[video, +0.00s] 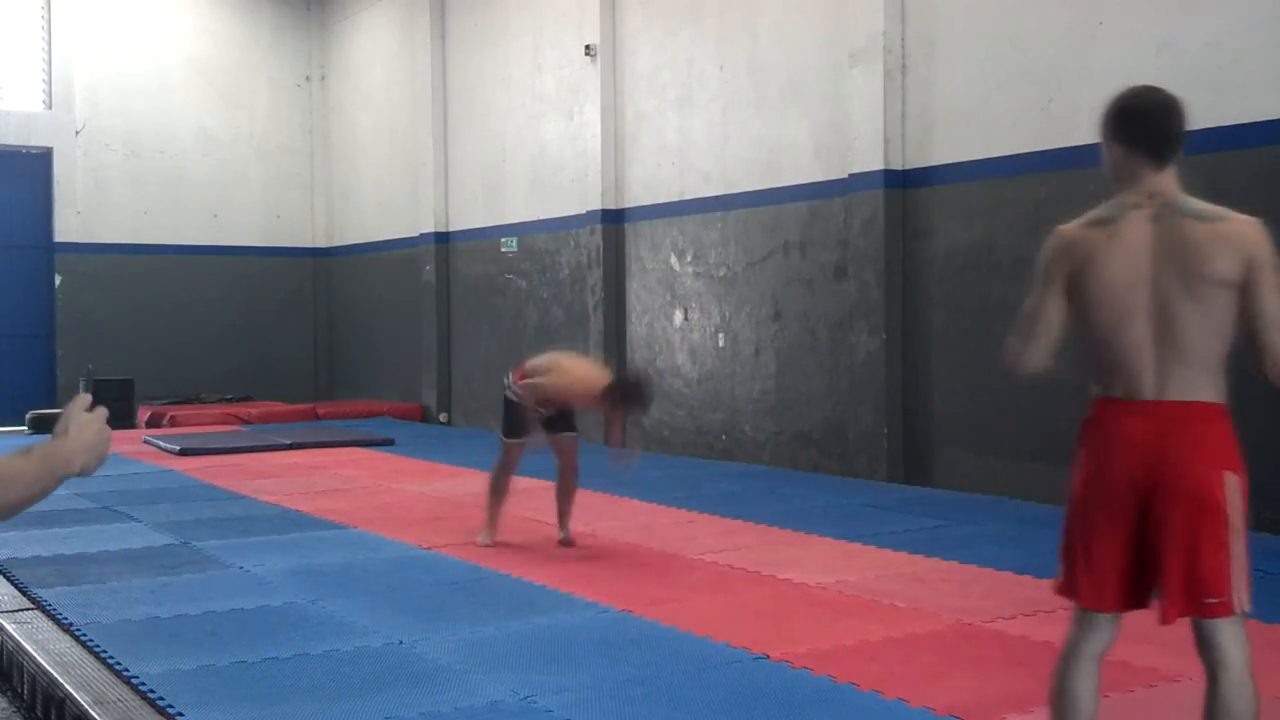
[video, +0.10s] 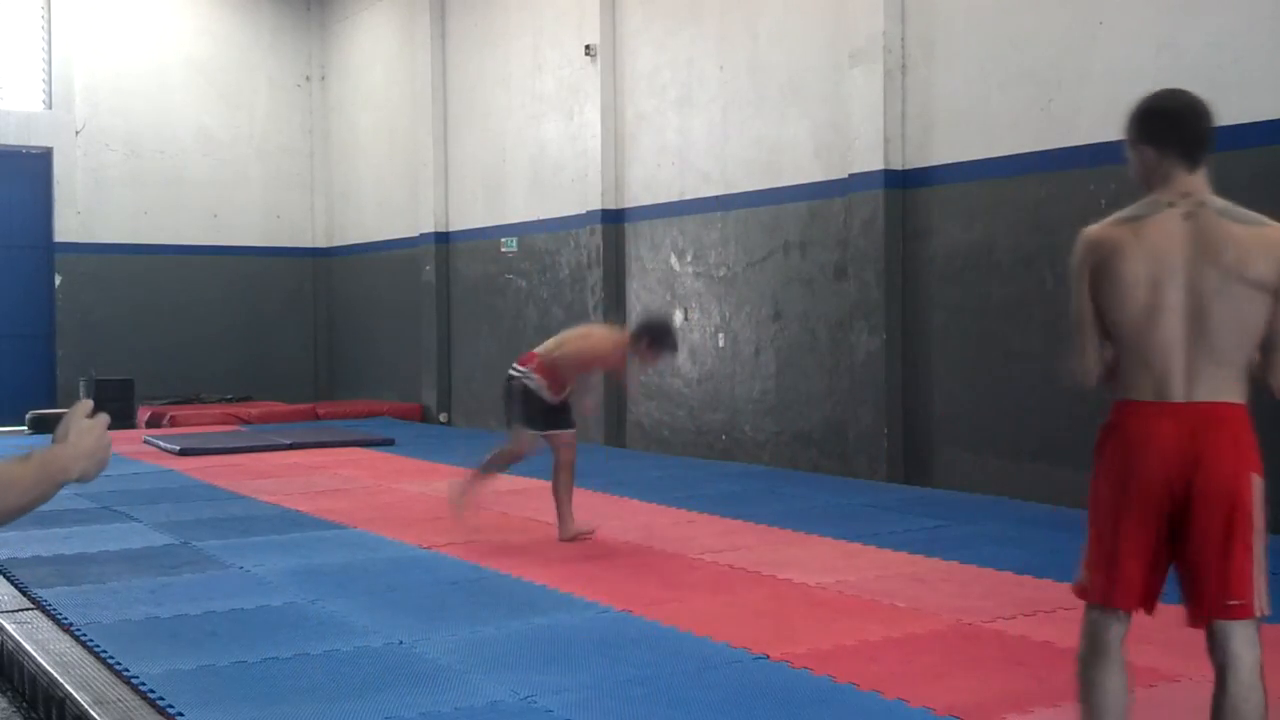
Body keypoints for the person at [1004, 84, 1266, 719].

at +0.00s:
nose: (1104, 158)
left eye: (1105, 147)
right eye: (1108, 147)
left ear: (1113, 152)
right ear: (1178, 148)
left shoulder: (1074, 241)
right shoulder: (1242, 235)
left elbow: (1026, 357)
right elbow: (1274, 361)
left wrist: (1067, 295)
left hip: (1113, 451)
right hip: (1204, 452)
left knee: (1089, 634)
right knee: (1224, 639)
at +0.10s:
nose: (1132, 162)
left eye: (1132, 151)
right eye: (1132, 151)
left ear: (1144, 153)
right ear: (1206, 150)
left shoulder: (1100, 241)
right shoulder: (1265, 237)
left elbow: (1085, 368)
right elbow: (1275, 373)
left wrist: (1139, 335)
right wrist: (1232, 338)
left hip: (1137, 451)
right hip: (1228, 452)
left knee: (1104, 634)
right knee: (1236, 646)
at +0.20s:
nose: (1152, 162)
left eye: (1153, 150)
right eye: (1153, 150)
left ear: (1170, 152)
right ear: (1227, 150)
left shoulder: (1124, 235)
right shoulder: (1270, 231)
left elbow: (1098, 357)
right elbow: (1269, 350)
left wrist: (1165, 356)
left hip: (1156, 448)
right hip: (1248, 448)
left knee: (1114, 623)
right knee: (1245, 637)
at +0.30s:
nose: (1170, 160)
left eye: (1171, 148)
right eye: (1169, 148)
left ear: (1190, 150)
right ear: (1244, 149)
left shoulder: (1140, 232)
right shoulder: (1275, 229)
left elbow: (1075, 342)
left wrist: (1144, 361)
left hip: (1172, 451)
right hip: (1261, 451)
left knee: (1134, 624)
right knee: (1253, 645)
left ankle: (1194, 715)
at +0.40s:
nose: (1182, 158)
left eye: (1183, 146)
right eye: (1183, 146)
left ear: (1200, 150)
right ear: (1256, 148)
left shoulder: (1154, 236)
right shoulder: (1277, 227)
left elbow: (1067, 339)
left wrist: (1138, 388)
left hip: (1187, 456)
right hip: (1271, 452)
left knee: (1171, 639)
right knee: (1260, 642)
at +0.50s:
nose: (1186, 159)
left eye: (1187, 147)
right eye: (1187, 147)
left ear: (1203, 153)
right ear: (1261, 151)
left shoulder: (1158, 240)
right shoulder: (1279, 229)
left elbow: (1078, 346)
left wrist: (1142, 399)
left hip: (1205, 468)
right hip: (1274, 460)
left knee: (1220, 675)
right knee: (1269, 669)